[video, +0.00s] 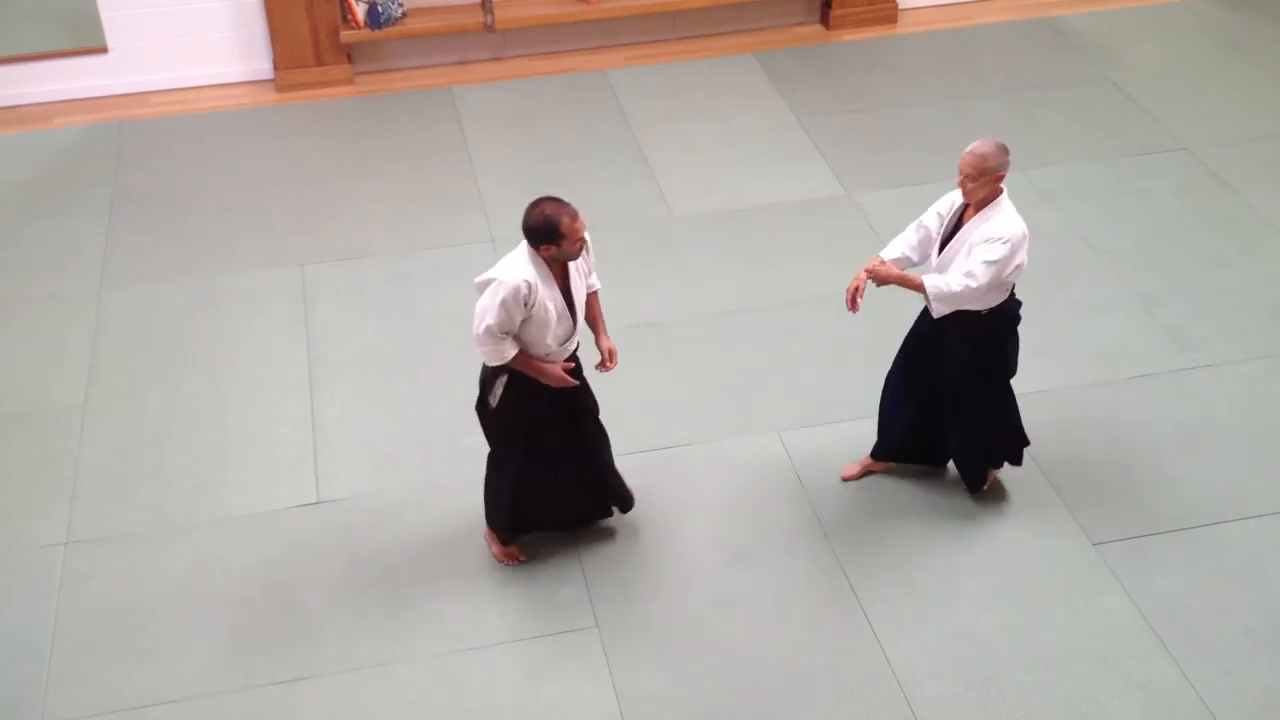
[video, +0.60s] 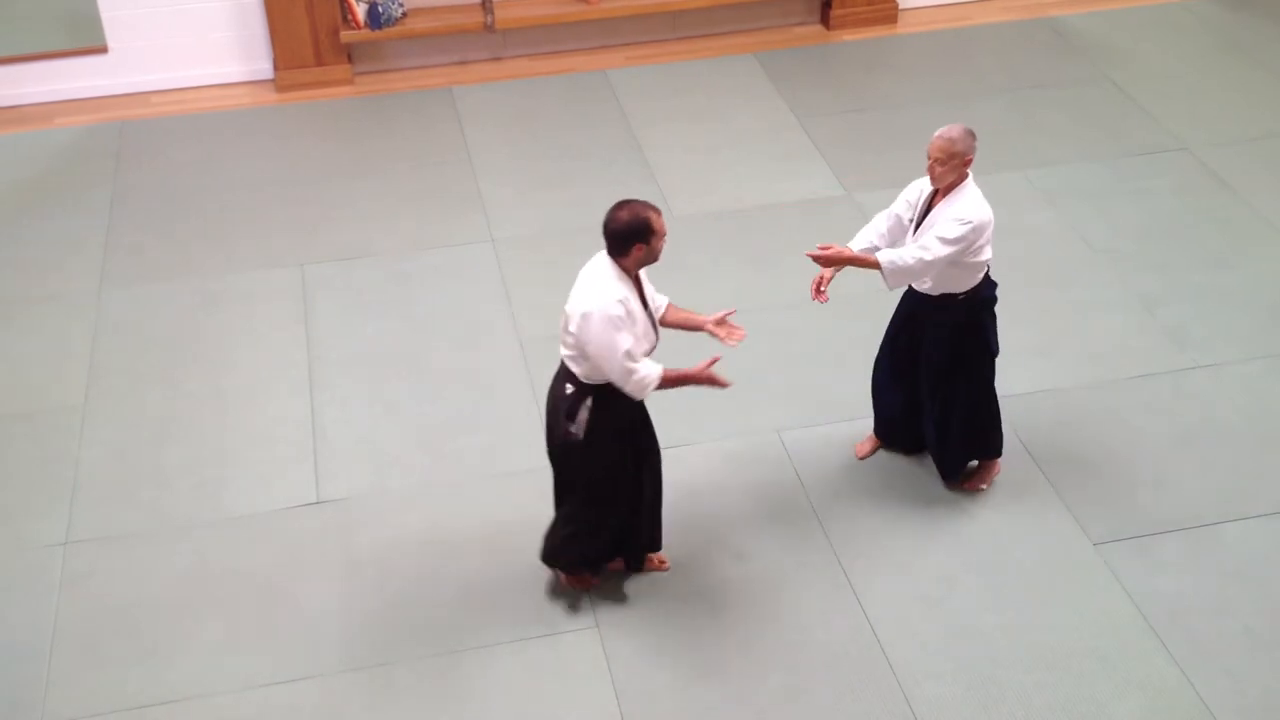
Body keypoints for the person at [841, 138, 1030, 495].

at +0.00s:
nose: (961, 184)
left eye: (970, 178)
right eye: (960, 175)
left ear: (997, 181)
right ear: (960, 170)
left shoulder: (1008, 231)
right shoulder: (956, 201)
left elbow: (967, 287)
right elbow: (916, 237)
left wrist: (900, 279)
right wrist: (869, 271)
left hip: (981, 327)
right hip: (939, 314)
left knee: (975, 398)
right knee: (904, 381)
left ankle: (988, 462)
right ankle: (884, 454)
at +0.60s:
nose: (931, 169)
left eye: (940, 163)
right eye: (929, 160)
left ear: (966, 164)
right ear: (927, 155)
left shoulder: (972, 214)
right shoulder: (922, 189)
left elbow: (917, 260)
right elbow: (884, 227)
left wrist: (851, 258)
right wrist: (839, 263)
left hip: (963, 307)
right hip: (921, 299)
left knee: (970, 384)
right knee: (893, 367)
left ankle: (989, 458)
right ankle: (887, 430)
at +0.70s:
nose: (917, 169)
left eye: (925, 163)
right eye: (915, 161)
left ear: (951, 164)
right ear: (915, 157)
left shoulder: (959, 213)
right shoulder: (908, 190)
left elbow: (907, 258)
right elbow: (873, 228)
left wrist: (841, 259)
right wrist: (828, 266)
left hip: (957, 306)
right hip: (914, 298)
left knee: (968, 383)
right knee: (886, 367)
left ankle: (989, 456)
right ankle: (882, 432)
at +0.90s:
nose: (904, 172)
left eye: (913, 166)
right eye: (902, 163)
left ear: (939, 167)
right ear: (901, 158)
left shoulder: (948, 215)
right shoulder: (901, 193)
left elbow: (902, 257)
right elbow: (871, 229)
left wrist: (842, 266)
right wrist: (833, 260)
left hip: (953, 304)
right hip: (911, 298)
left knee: (960, 381)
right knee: (885, 367)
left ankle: (993, 459)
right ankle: (875, 432)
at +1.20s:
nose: (940, 184)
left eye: (949, 179)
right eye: (941, 176)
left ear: (978, 183)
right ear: (969, 181)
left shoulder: (986, 231)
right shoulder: (955, 206)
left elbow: (934, 272)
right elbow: (924, 249)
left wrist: (866, 283)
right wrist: (889, 258)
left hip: (990, 321)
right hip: (952, 309)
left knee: (973, 403)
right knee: (903, 368)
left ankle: (1005, 481)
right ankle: (886, 431)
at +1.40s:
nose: (977, 189)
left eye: (985, 184)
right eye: (979, 181)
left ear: (1013, 190)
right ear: (1012, 189)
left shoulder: (1013, 242)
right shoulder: (1007, 213)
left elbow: (956, 284)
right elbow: (968, 260)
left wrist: (896, 294)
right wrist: (928, 246)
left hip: (1026, 336)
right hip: (1008, 323)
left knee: (989, 410)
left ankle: (1002, 483)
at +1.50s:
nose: (999, 187)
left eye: (1006, 181)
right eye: (1001, 179)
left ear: (1031, 189)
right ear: (1033, 188)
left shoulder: (1020, 241)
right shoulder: (1049, 219)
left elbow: (966, 277)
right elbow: (995, 259)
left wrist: (917, 280)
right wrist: (952, 239)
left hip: (1030, 339)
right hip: (1059, 324)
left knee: (986, 396)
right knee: (1042, 399)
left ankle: (1005, 485)